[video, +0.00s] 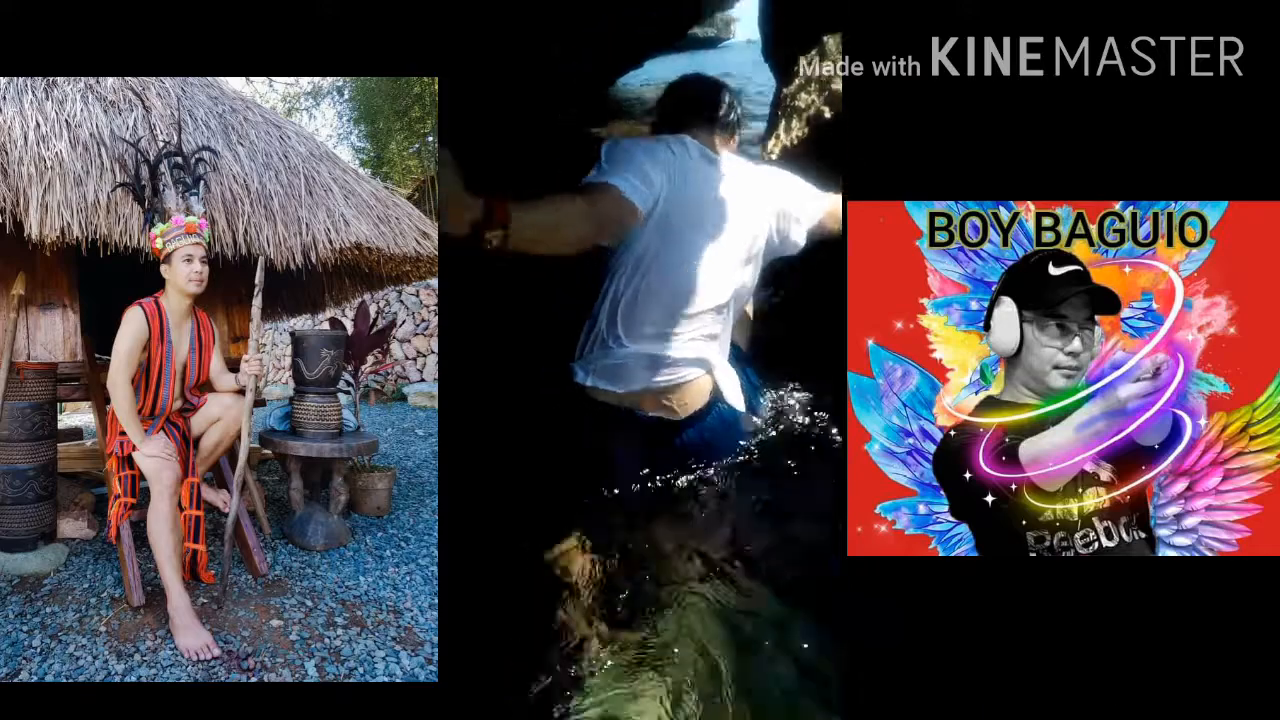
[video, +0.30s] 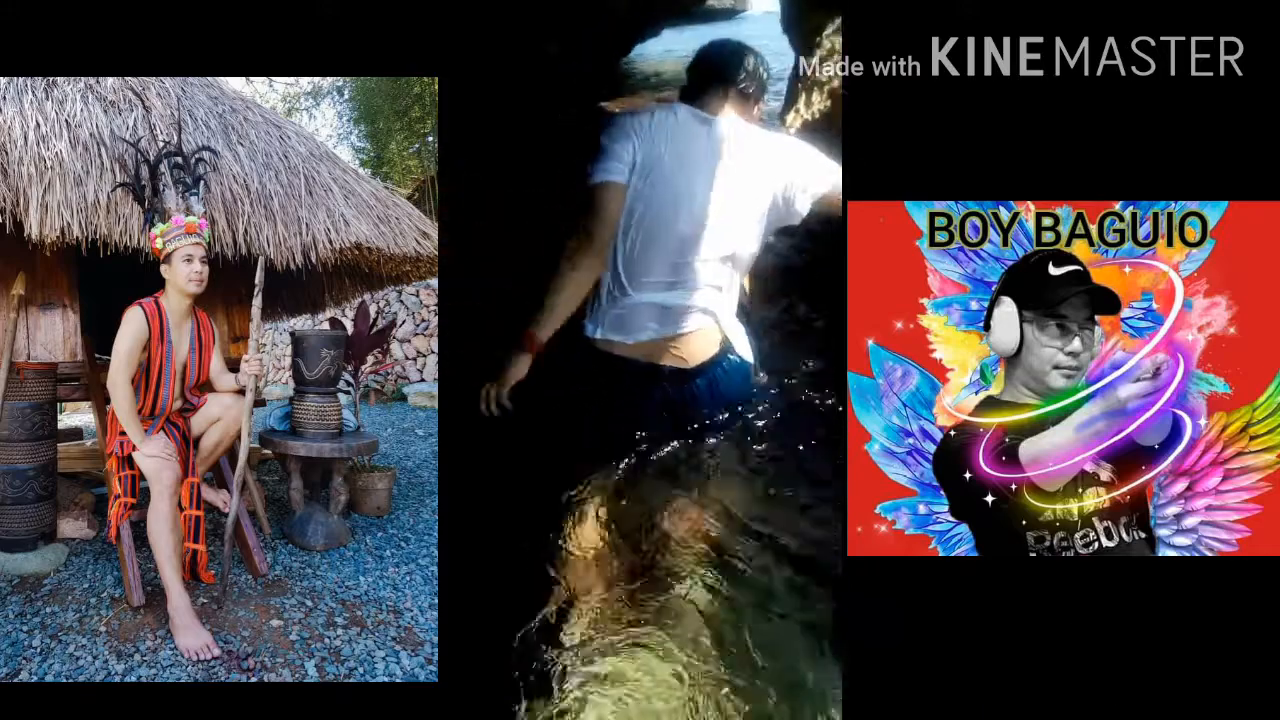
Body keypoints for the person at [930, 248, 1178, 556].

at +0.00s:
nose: (1076, 346)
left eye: (1086, 328)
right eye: (1055, 327)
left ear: (1096, 334)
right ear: (1007, 327)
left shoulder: (1113, 409)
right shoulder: (962, 445)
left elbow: (1155, 435)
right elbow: (1022, 472)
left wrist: (1149, 396)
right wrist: (1105, 412)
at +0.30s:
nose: (1076, 346)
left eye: (1086, 328)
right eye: (1055, 326)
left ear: (1097, 334)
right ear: (1007, 327)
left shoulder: (1113, 409)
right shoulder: (963, 445)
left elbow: (1155, 435)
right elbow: (1023, 473)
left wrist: (1149, 396)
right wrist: (1105, 412)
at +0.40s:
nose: (1076, 346)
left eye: (1086, 328)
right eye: (1055, 327)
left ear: (1097, 334)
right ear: (1007, 328)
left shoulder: (1113, 409)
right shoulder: (962, 446)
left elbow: (1155, 435)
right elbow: (1021, 472)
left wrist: (1149, 396)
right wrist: (1105, 412)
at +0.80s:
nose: (1076, 346)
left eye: (1086, 328)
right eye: (1055, 326)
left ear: (1097, 335)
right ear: (1007, 328)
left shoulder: (1113, 408)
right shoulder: (962, 446)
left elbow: (1156, 436)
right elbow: (1020, 472)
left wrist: (1147, 396)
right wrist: (1105, 413)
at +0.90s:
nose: (1076, 346)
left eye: (1086, 328)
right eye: (1055, 326)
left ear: (1096, 335)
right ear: (1007, 328)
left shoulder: (1113, 408)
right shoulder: (962, 446)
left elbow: (1156, 436)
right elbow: (1021, 472)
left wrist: (1147, 395)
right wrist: (1105, 413)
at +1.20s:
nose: (1076, 346)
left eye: (1086, 328)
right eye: (1055, 326)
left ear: (1096, 335)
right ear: (1007, 328)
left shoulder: (1113, 408)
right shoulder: (962, 446)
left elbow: (1156, 436)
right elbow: (1021, 472)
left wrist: (1147, 395)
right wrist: (1105, 413)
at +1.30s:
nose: (1076, 346)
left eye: (1086, 328)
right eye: (1055, 327)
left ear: (1097, 334)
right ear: (1007, 328)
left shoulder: (1113, 409)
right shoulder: (962, 446)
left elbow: (1156, 435)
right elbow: (1021, 472)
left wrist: (1148, 396)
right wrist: (1105, 412)